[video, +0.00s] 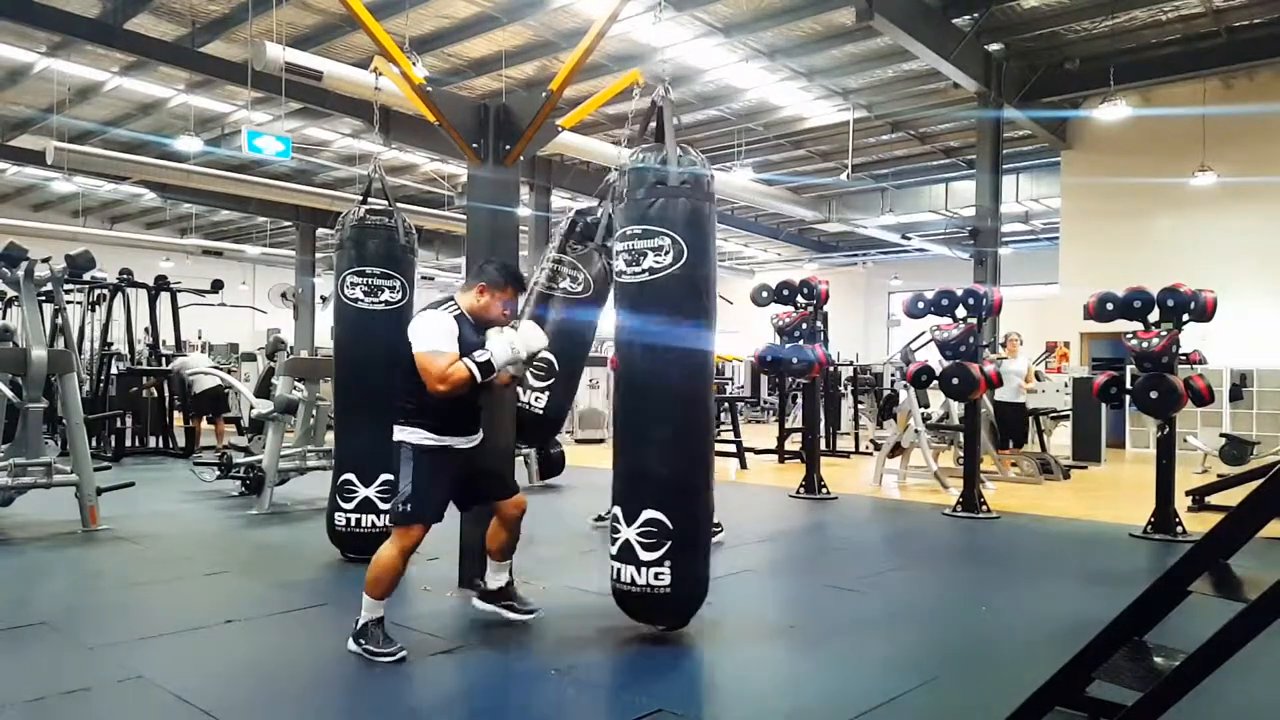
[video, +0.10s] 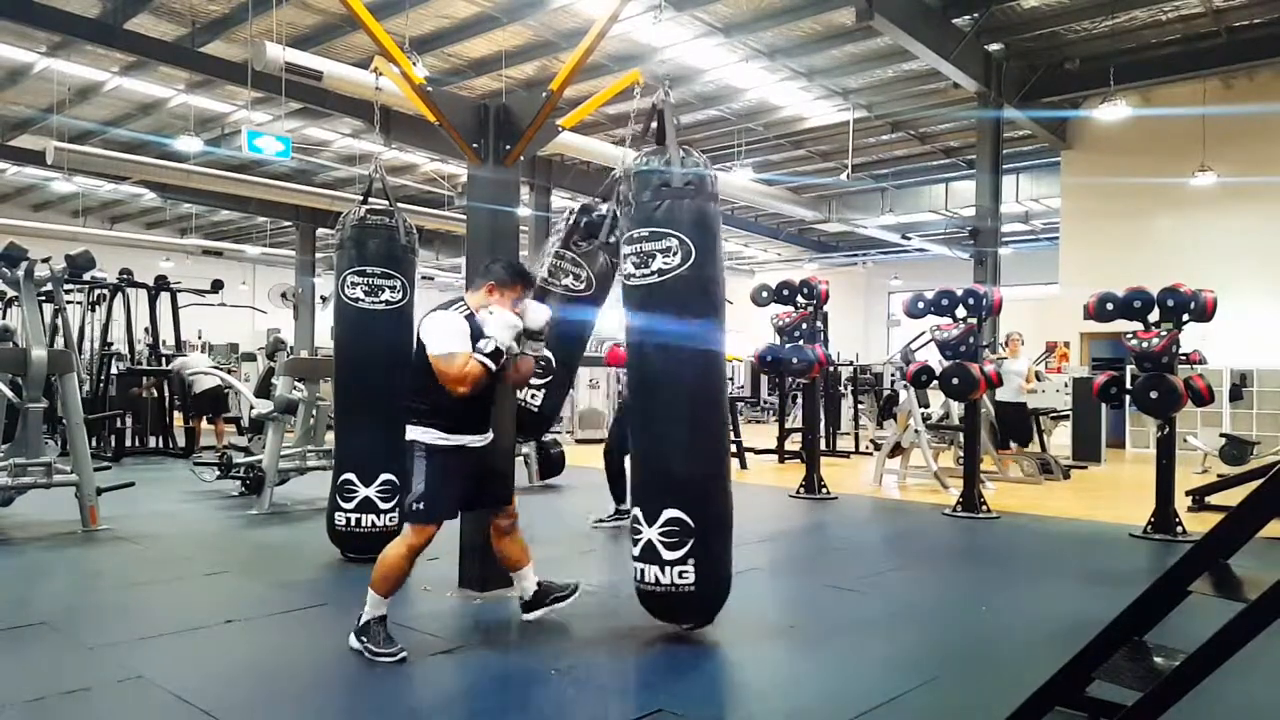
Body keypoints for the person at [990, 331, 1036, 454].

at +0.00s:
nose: (1014, 343)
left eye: (1016, 340)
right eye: (1011, 340)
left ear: (1020, 343)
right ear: (1005, 343)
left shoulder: (1026, 361)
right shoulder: (998, 359)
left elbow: (1032, 382)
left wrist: (1026, 386)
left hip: (1019, 400)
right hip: (1001, 400)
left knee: (1020, 437)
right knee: (1003, 436)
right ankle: (1005, 467)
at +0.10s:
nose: (1015, 343)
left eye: (1018, 340)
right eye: (1012, 340)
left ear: (1021, 343)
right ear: (1007, 343)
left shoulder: (1027, 361)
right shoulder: (1000, 359)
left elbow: (1032, 382)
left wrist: (1027, 386)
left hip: (1019, 401)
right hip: (1002, 400)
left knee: (1025, 436)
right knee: (1003, 439)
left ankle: (1017, 457)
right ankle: (1005, 471)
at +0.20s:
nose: (1017, 343)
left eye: (1020, 340)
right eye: (1014, 340)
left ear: (1024, 343)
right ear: (1009, 343)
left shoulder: (1028, 362)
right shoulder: (1002, 358)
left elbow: (1033, 381)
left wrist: (1028, 387)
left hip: (1021, 401)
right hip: (1004, 400)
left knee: (1029, 437)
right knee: (1004, 438)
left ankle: (1026, 467)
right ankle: (1006, 467)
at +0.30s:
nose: (1019, 344)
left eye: (1022, 341)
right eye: (1016, 341)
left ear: (1026, 343)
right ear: (1011, 343)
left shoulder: (1031, 362)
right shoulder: (1005, 359)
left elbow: (1036, 383)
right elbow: (1000, 364)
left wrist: (1030, 388)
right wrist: (1000, 360)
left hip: (1024, 401)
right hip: (1007, 400)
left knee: (1031, 437)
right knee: (1007, 437)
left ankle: (1027, 469)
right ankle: (1005, 469)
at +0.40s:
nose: (1022, 343)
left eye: (1025, 341)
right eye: (1019, 341)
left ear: (1028, 343)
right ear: (1013, 343)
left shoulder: (1033, 363)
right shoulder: (1007, 359)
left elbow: (1038, 382)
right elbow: (998, 372)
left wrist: (1033, 388)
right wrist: (1001, 366)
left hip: (1027, 401)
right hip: (1009, 399)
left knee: (1031, 436)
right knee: (1009, 436)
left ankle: (1028, 468)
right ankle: (1006, 468)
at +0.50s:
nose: (1024, 343)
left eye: (1027, 341)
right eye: (1021, 341)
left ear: (1031, 344)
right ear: (1016, 343)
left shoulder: (1035, 362)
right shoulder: (1010, 359)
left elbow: (1041, 381)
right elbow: (1000, 373)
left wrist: (1036, 387)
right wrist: (1005, 365)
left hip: (1030, 401)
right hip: (1013, 400)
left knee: (1032, 437)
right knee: (1012, 436)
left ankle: (1028, 468)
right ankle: (1006, 468)